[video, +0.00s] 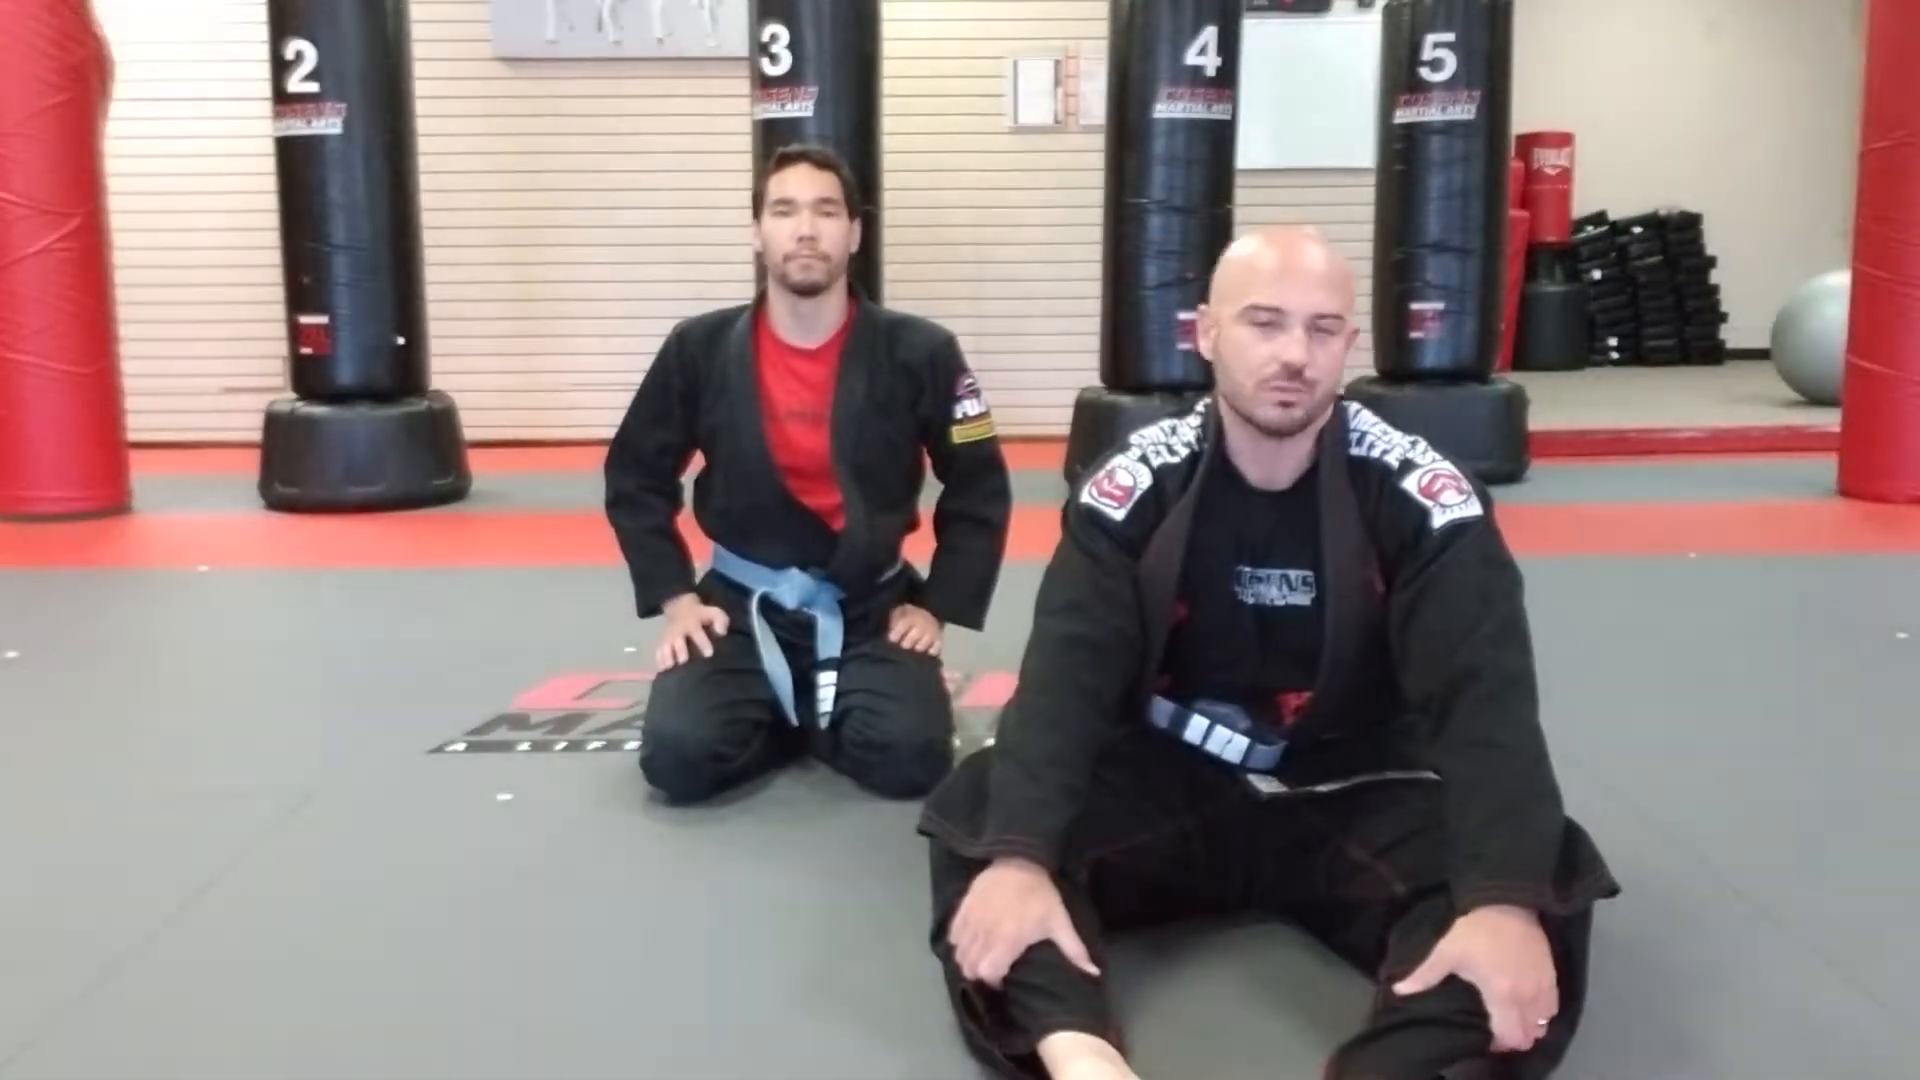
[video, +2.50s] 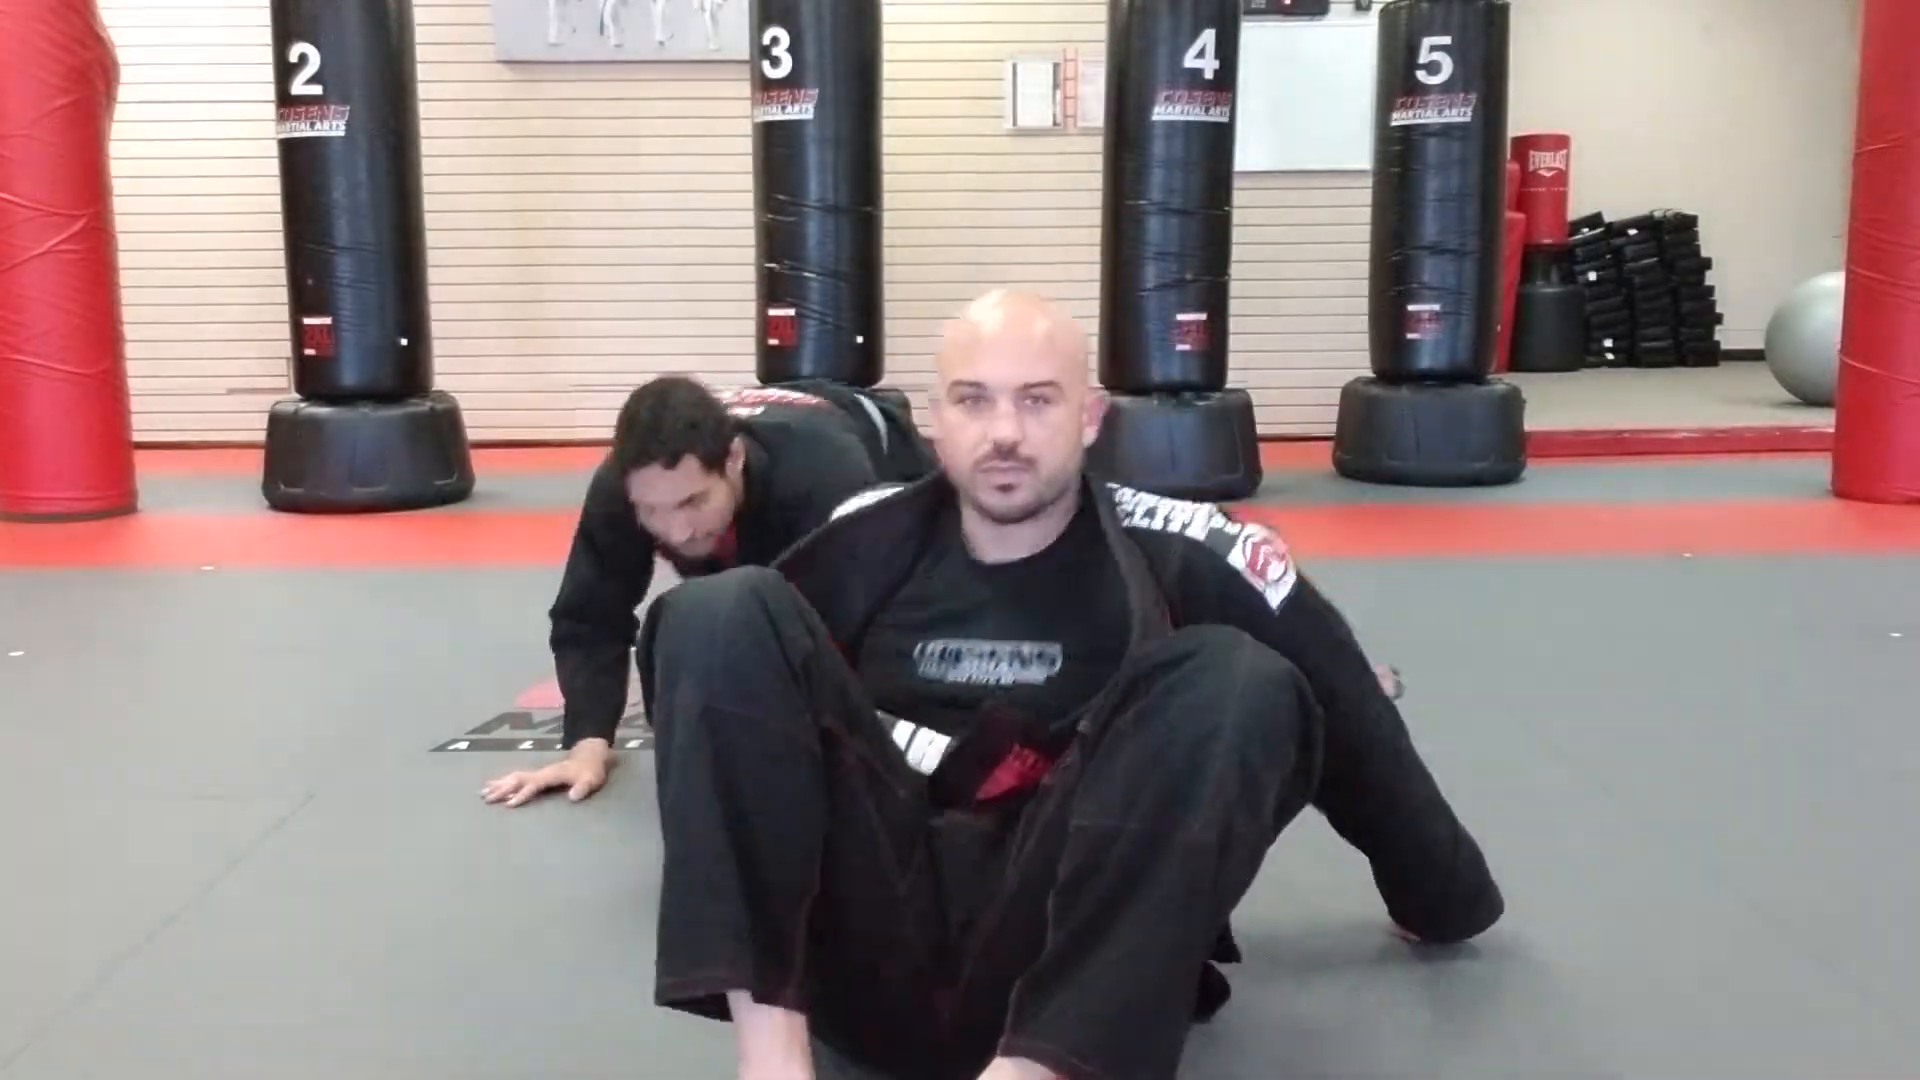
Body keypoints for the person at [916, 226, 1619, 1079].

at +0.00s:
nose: (1293, 355)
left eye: (1321, 330)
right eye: (1264, 323)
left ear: (1350, 347)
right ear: (1204, 336)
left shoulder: (1416, 489)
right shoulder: (1137, 482)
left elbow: (1484, 696)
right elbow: (1065, 677)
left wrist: (1504, 900)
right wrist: (1018, 856)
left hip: (1356, 809)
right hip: (1165, 796)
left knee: (1536, 875)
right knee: (981, 807)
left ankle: (1396, 1067)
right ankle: (1085, 1064)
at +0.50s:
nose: (1237, 381)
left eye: (1259, 346)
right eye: (1201, 354)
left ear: (1293, 341)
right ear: (1151, 365)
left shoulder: (1385, 483)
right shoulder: (1107, 498)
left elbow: (1470, 688)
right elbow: (1046, 689)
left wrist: (1491, 894)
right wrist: (1009, 865)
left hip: (1350, 808)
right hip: (1158, 800)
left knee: (1533, 868)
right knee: (968, 819)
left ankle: (1392, 1060)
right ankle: (1075, 1060)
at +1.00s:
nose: (1238, 341)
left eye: (1262, 314)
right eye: (1207, 319)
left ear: (1297, 328)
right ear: (1165, 341)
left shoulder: (1380, 467)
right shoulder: (1121, 474)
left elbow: (1445, 644)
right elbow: (1049, 637)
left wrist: (1450, 790)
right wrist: (1015, 707)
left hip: (1335, 784)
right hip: (1158, 777)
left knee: (1452, 824)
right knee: (1014, 783)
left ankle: (1341, 1058)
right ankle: (1090, 1046)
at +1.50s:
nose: (1210, 350)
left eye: (1229, 321)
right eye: (1177, 332)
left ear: (1266, 322)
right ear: (1142, 352)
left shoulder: (1362, 453)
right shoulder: (1102, 467)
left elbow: (1491, 631)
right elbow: (986, 612)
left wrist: (1499, 854)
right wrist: (927, 777)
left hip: (1345, 777)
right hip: (1163, 768)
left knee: (1265, 723)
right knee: (1028, 716)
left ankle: (1202, 1029)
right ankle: (984, 996)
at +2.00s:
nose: (1080, 357)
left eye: (1103, 319)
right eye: (1046, 332)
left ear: (1157, 307)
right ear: (1014, 339)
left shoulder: (1267, 450)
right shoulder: (973, 457)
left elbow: (1378, 680)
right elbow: (923, 675)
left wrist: (1421, 892)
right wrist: (899, 849)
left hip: (1253, 803)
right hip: (1052, 798)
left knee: (1221, 676)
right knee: (847, 729)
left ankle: (1056, 1042)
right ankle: (789, 1030)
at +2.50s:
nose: (1003, 432)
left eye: (1036, 401)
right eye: (973, 401)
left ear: (1092, 416)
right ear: (933, 419)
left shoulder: (1189, 554)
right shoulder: (855, 552)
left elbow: (1357, 732)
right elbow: (759, 720)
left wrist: (1445, 904)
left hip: (1065, 937)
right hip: (863, 933)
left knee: (1241, 682)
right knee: (723, 616)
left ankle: (1042, 1058)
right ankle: (769, 1043)